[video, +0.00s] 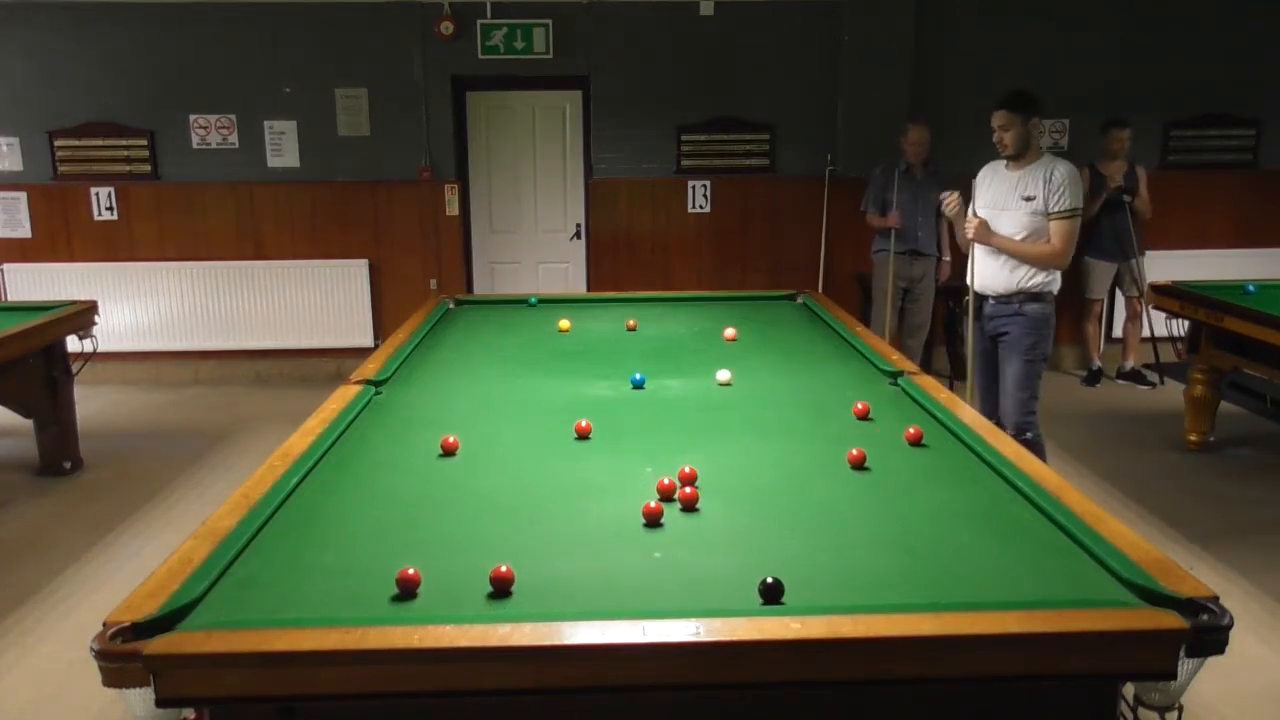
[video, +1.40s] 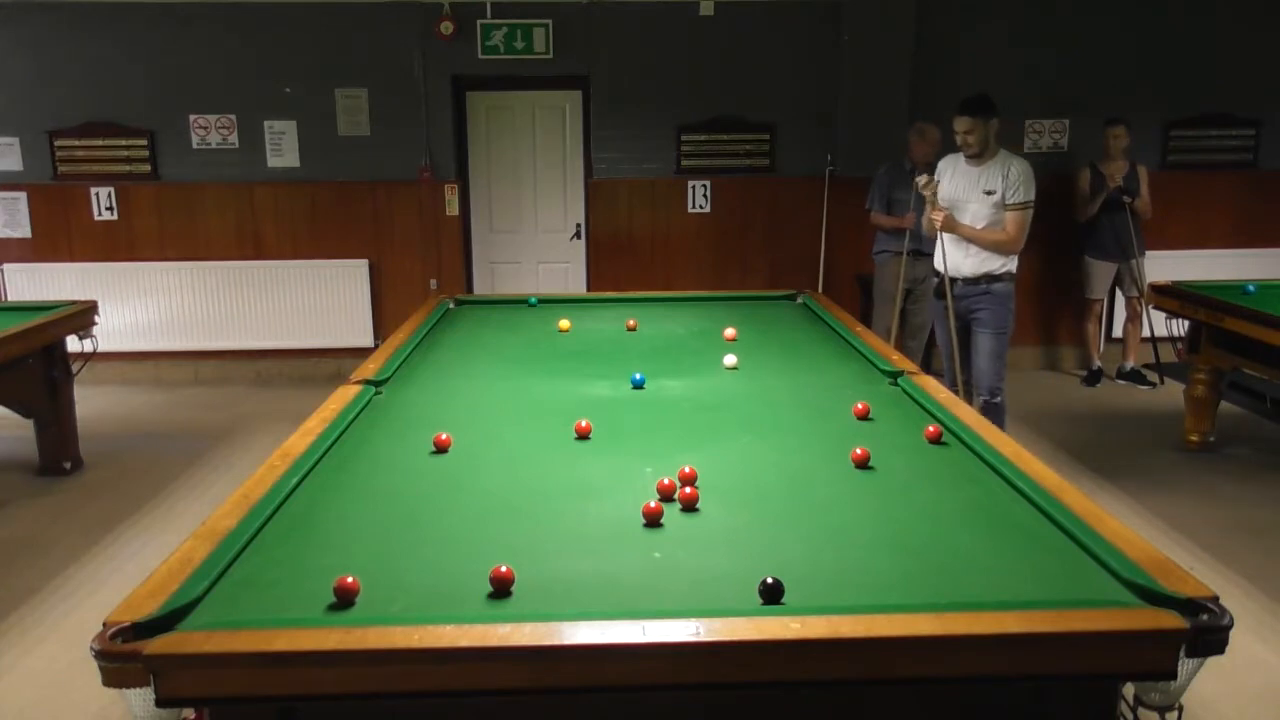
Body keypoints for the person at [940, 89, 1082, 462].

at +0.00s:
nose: (997, 138)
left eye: (1005, 130)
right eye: (994, 130)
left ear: (1032, 127)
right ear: (994, 131)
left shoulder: (1059, 174)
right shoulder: (987, 174)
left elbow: (1061, 254)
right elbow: (970, 247)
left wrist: (992, 239)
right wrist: (956, 220)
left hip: (1026, 310)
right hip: (981, 308)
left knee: (1017, 421)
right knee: (985, 417)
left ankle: (1038, 512)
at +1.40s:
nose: (961, 140)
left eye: (969, 133)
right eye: (957, 133)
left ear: (993, 128)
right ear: (953, 131)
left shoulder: (1015, 170)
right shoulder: (946, 165)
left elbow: (1014, 242)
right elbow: (931, 230)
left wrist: (956, 228)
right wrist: (931, 203)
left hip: (990, 291)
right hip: (946, 290)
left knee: (987, 389)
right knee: (953, 384)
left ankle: (991, 470)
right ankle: (953, 467)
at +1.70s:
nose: (961, 139)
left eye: (969, 131)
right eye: (956, 131)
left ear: (991, 128)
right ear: (952, 131)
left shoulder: (1012, 171)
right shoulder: (941, 168)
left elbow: (1022, 240)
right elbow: (926, 219)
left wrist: (979, 279)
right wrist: (921, 256)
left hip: (986, 289)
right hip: (940, 287)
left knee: (977, 383)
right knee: (944, 379)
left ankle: (970, 458)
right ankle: (942, 453)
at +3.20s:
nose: (915, 169)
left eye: (923, 162)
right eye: (910, 162)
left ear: (941, 157)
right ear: (905, 158)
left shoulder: (956, 182)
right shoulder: (916, 199)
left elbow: (967, 233)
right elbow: (916, 257)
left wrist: (913, 265)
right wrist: (904, 307)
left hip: (967, 298)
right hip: (926, 298)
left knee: (947, 380)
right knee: (913, 378)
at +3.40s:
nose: (899, 190)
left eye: (905, 183)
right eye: (893, 184)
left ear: (923, 173)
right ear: (887, 178)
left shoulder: (937, 194)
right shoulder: (909, 202)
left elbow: (918, 249)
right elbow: (923, 251)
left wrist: (872, 296)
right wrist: (917, 297)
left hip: (984, 291)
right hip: (944, 292)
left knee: (972, 377)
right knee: (931, 373)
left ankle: (982, 456)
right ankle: (933, 448)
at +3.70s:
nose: (878, 252)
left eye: (883, 245)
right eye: (873, 245)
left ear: (901, 233)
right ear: (868, 235)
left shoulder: (915, 255)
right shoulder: (909, 225)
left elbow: (876, 300)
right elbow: (942, 246)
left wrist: (829, 329)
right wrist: (934, 286)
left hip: (1002, 288)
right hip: (962, 292)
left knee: (979, 385)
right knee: (951, 373)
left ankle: (988, 458)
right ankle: (943, 443)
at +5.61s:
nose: (859, 298)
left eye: (863, 290)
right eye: (853, 292)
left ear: (880, 276)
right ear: (846, 280)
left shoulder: (896, 294)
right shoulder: (887, 249)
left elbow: (865, 321)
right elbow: (918, 222)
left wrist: (812, 340)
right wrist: (921, 257)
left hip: (992, 285)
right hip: (968, 269)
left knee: (968, 381)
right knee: (952, 374)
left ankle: (983, 449)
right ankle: (960, 443)